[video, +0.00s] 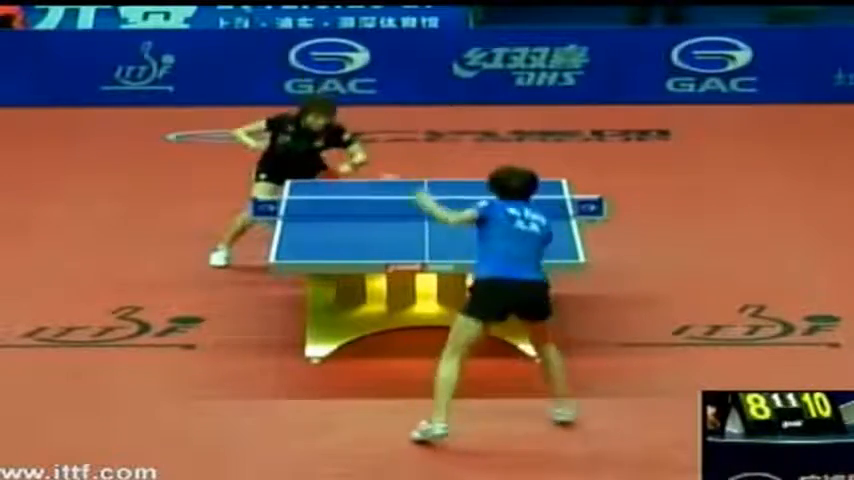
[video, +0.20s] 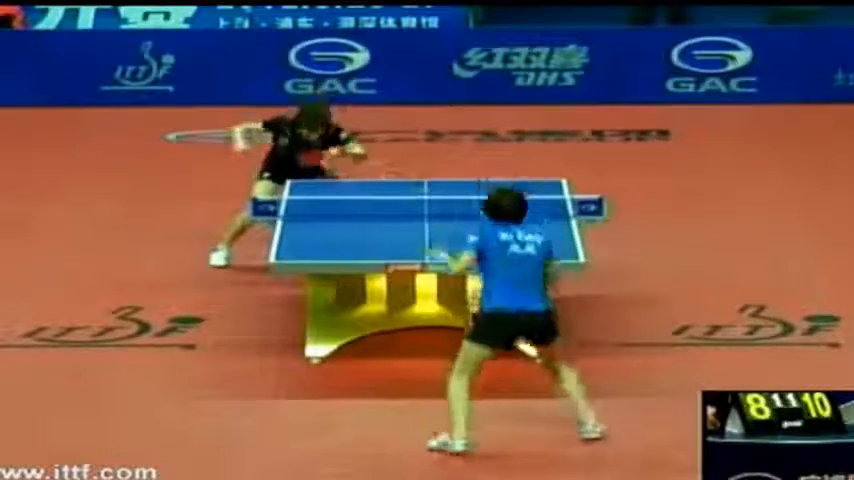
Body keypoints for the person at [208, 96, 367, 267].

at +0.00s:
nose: (318, 124)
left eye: (323, 120)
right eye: (315, 118)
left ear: (329, 120)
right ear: (306, 115)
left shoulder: (332, 131)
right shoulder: (284, 123)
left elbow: (361, 155)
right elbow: (239, 132)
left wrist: (350, 165)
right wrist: (252, 143)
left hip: (306, 176)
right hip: (273, 172)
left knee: (316, 213)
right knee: (259, 210)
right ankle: (224, 247)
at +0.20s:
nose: (313, 131)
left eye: (317, 126)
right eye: (309, 126)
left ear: (324, 121)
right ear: (302, 119)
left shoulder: (330, 131)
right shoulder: (284, 125)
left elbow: (360, 153)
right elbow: (245, 130)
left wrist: (344, 152)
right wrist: (240, 138)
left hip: (311, 177)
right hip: (276, 175)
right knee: (259, 210)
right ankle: (224, 247)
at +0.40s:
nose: (317, 109)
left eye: (321, 104)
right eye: (312, 105)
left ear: (327, 104)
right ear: (303, 106)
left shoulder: (334, 118)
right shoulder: (290, 111)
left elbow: (362, 141)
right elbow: (254, 111)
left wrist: (355, 136)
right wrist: (247, 118)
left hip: (321, 160)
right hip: (288, 158)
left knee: (337, 204)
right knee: (260, 206)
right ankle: (225, 246)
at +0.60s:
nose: (324, 88)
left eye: (328, 83)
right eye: (319, 82)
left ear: (334, 84)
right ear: (309, 82)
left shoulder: (339, 104)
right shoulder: (294, 92)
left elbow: (362, 126)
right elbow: (263, 103)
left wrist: (361, 132)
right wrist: (251, 120)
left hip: (315, 150)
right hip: (281, 148)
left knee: (342, 196)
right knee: (258, 201)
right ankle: (221, 243)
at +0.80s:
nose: (313, 99)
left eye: (317, 95)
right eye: (309, 93)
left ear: (323, 97)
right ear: (298, 93)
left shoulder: (325, 118)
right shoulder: (279, 107)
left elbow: (340, 138)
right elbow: (249, 121)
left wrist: (341, 146)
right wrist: (243, 133)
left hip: (304, 165)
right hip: (269, 163)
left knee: (328, 202)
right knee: (247, 211)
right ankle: (205, 250)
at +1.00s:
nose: (299, 85)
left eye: (301, 81)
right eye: (294, 79)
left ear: (303, 84)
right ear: (281, 80)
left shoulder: (301, 108)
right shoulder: (255, 98)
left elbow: (316, 135)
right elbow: (212, 108)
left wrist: (328, 134)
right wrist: (240, 118)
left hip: (270, 153)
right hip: (239, 153)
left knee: (298, 190)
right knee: (226, 209)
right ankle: (196, 247)